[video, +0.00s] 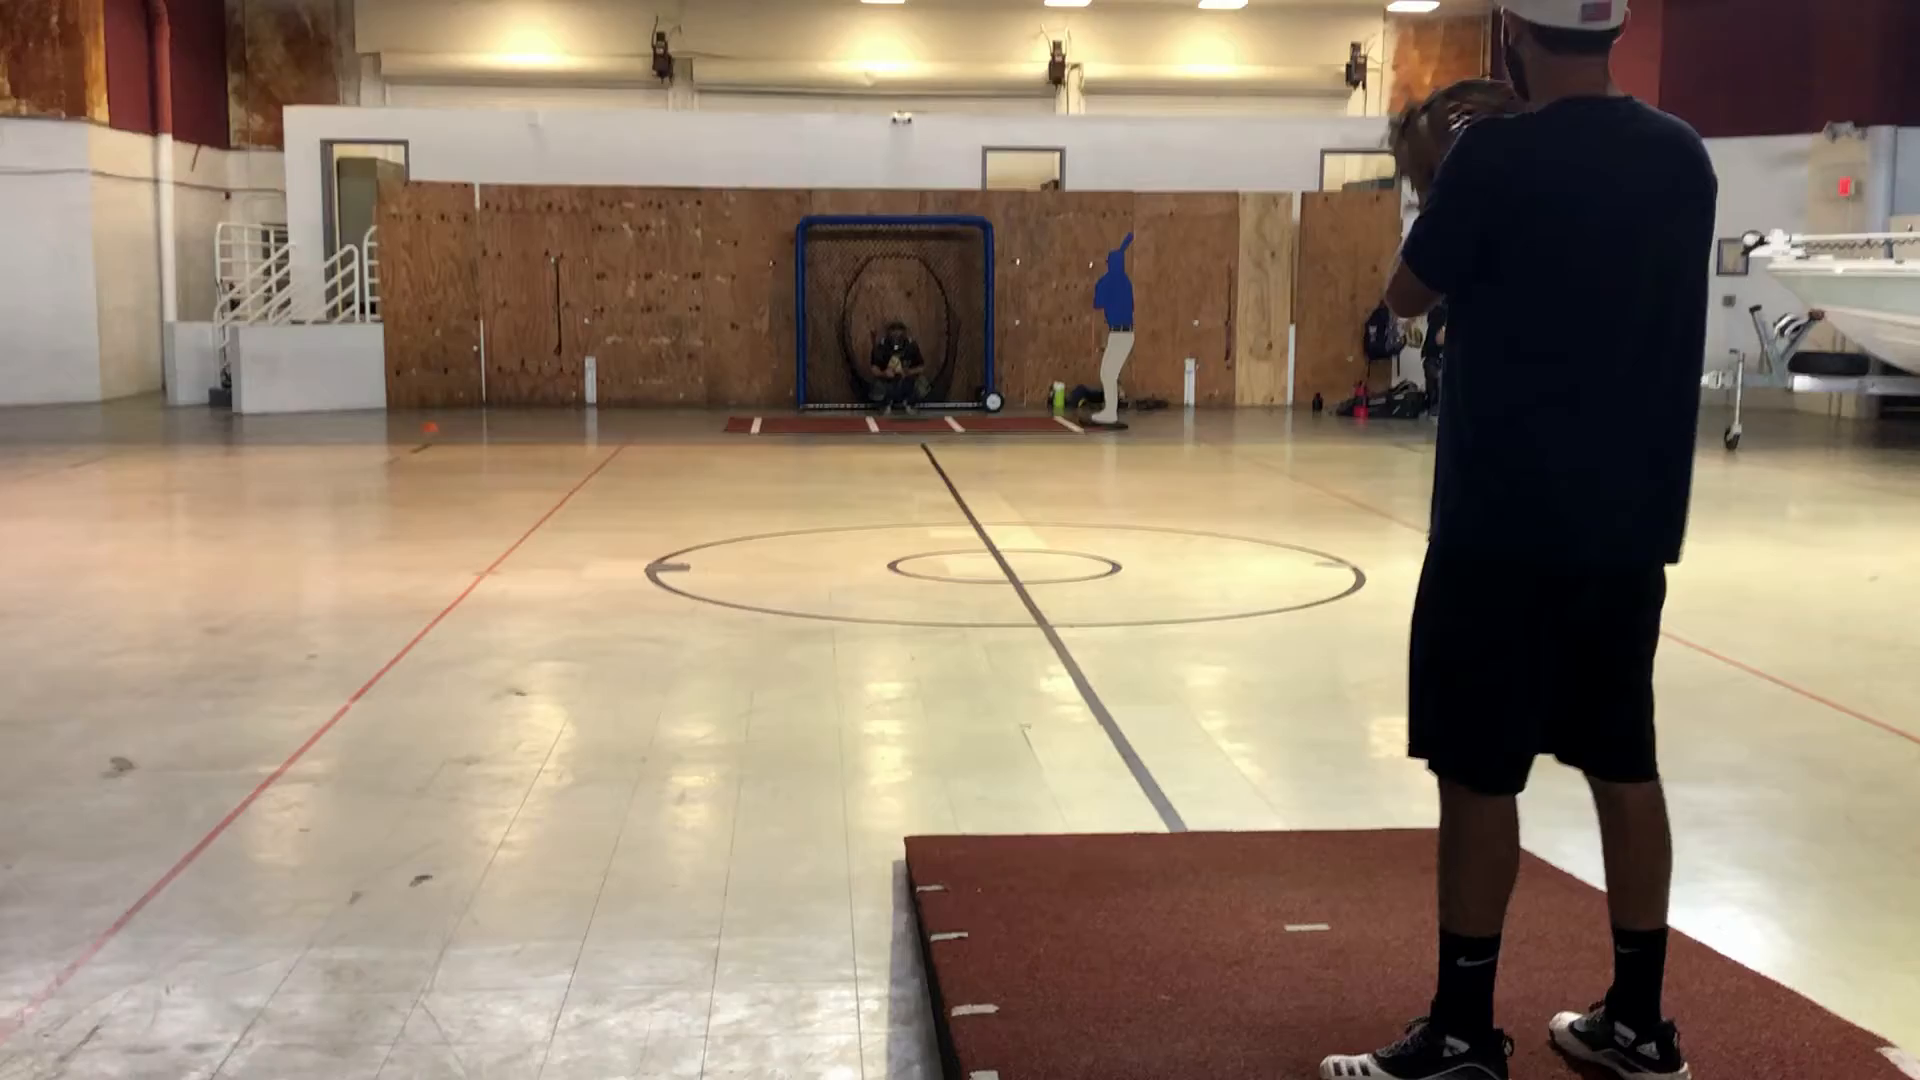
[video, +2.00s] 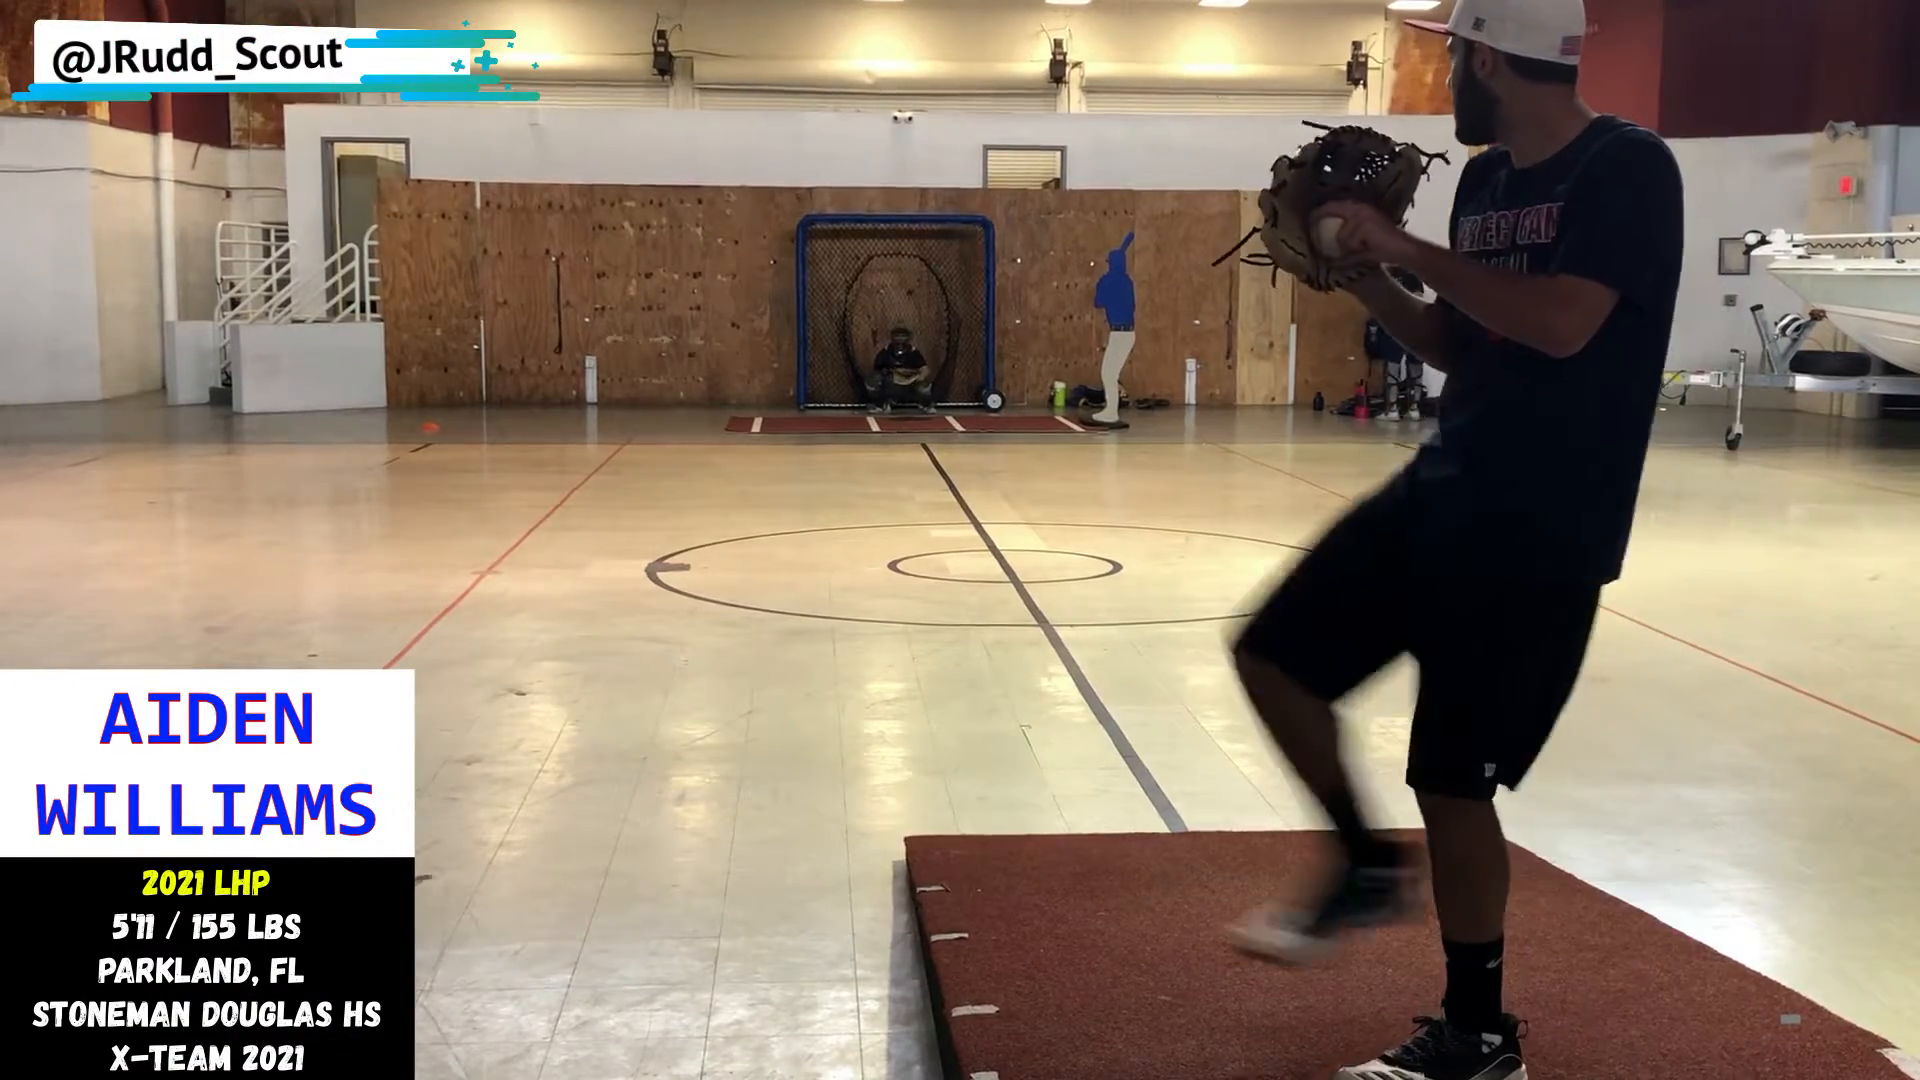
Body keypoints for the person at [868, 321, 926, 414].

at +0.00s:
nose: (897, 337)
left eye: (900, 333)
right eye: (893, 333)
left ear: (904, 334)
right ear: (889, 334)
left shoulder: (911, 346)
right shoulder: (881, 347)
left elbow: (920, 367)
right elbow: (874, 368)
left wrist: (907, 372)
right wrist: (884, 373)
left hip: (906, 380)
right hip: (888, 380)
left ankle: (909, 403)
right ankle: (887, 405)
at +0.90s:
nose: (897, 326)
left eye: (900, 323)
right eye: (894, 322)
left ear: (904, 323)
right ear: (890, 323)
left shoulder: (912, 338)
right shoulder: (882, 338)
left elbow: (920, 360)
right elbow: (875, 359)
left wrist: (909, 365)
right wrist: (887, 360)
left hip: (906, 373)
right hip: (889, 372)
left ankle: (909, 403)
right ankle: (886, 404)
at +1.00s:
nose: (898, 318)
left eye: (901, 315)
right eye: (895, 315)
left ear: (904, 315)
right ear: (889, 315)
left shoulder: (912, 330)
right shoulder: (880, 331)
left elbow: (922, 350)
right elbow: (874, 352)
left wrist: (910, 356)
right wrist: (887, 353)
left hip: (906, 365)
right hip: (888, 366)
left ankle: (909, 400)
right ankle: (887, 402)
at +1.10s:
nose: (897, 319)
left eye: (900, 315)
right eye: (894, 315)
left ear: (904, 314)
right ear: (888, 314)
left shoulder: (912, 327)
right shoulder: (880, 329)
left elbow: (923, 348)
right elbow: (871, 346)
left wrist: (913, 356)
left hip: (908, 361)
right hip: (889, 362)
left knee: (920, 372)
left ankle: (916, 400)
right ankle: (884, 400)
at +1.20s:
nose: (896, 326)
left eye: (899, 323)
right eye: (893, 323)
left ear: (904, 321)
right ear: (888, 321)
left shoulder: (912, 333)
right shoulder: (881, 333)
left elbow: (925, 355)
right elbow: (870, 353)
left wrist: (911, 360)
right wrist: (869, 372)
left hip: (909, 368)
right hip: (889, 369)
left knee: (924, 376)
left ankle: (923, 402)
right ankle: (881, 403)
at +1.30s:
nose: (896, 336)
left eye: (899, 332)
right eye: (893, 332)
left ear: (905, 331)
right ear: (888, 332)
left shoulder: (911, 343)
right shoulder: (881, 344)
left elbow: (929, 361)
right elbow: (869, 365)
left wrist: (911, 366)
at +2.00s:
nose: (900, 344)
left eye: (903, 341)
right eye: (897, 341)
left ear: (908, 340)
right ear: (892, 340)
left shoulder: (914, 352)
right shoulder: (884, 353)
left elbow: (925, 369)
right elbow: (878, 372)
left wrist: (920, 377)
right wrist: (893, 377)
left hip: (911, 382)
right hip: (892, 384)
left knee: (923, 386)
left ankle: (926, 405)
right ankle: (883, 405)